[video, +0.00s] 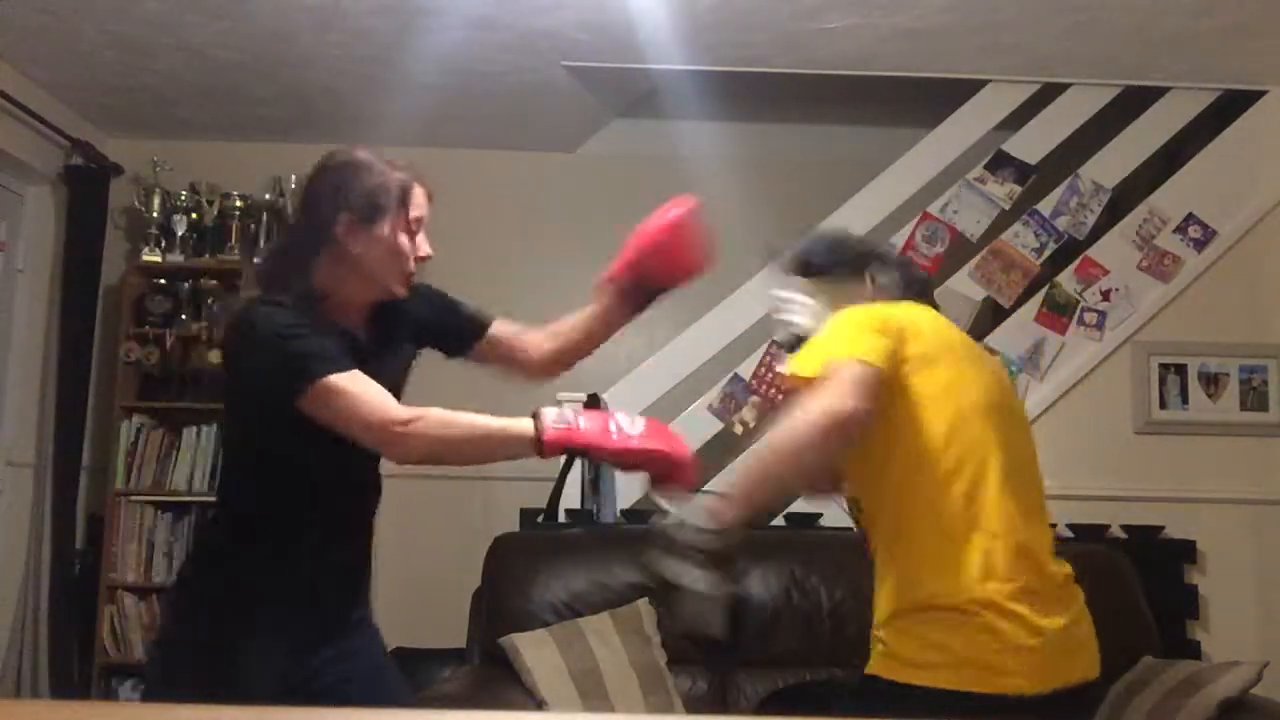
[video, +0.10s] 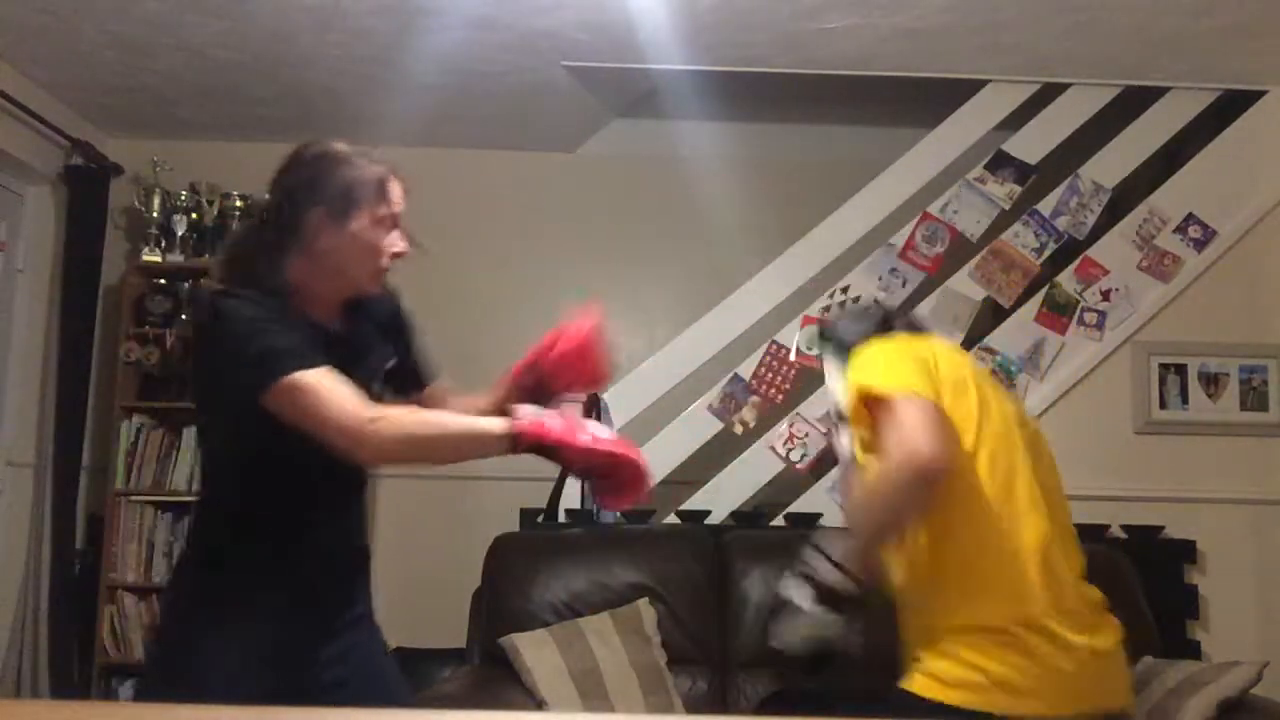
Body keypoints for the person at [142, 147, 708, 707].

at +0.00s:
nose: (422, 249)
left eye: (423, 232)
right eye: (409, 231)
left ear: (362, 235)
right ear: (348, 231)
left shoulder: (402, 309)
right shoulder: (271, 330)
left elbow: (536, 352)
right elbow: (395, 433)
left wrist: (629, 289)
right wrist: (563, 433)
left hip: (335, 623)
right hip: (232, 627)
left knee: (391, 712)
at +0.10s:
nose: (403, 246)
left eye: (400, 226)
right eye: (386, 225)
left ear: (332, 231)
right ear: (322, 228)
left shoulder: (372, 314)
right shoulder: (245, 324)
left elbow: (430, 411)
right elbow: (365, 434)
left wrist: (516, 391)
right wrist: (525, 430)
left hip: (338, 624)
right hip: (228, 632)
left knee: (387, 711)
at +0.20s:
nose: (375, 278)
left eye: (374, 259)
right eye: (361, 258)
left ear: (300, 262)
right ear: (294, 257)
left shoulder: (341, 355)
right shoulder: (199, 354)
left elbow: (339, 472)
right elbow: (303, 477)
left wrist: (465, 459)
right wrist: (457, 444)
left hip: (311, 657)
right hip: (195, 663)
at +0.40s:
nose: (416, 288)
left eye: (421, 270)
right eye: (406, 267)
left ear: (367, 262)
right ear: (340, 254)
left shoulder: (395, 342)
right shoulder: (226, 340)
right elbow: (237, 506)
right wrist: (383, 431)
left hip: (330, 656)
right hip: (199, 662)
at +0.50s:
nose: (475, 306)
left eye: (479, 289)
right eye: (466, 287)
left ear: (415, 280)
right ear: (404, 273)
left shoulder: (444, 357)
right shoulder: (277, 349)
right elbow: (231, 510)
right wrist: (387, 438)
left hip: (351, 664)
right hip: (227, 664)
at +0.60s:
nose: (498, 317)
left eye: (500, 298)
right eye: (488, 295)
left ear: (437, 292)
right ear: (428, 287)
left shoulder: (443, 372)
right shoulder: (296, 365)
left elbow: (510, 476)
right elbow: (269, 532)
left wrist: (618, 472)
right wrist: (404, 451)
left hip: (370, 643)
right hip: (263, 652)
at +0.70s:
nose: (474, 309)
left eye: (476, 290)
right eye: (466, 287)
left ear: (413, 283)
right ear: (410, 280)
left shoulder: (397, 362)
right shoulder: (293, 363)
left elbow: (396, 487)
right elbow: (303, 532)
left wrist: (500, 489)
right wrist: (413, 434)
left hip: (362, 646)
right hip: (270, 659)